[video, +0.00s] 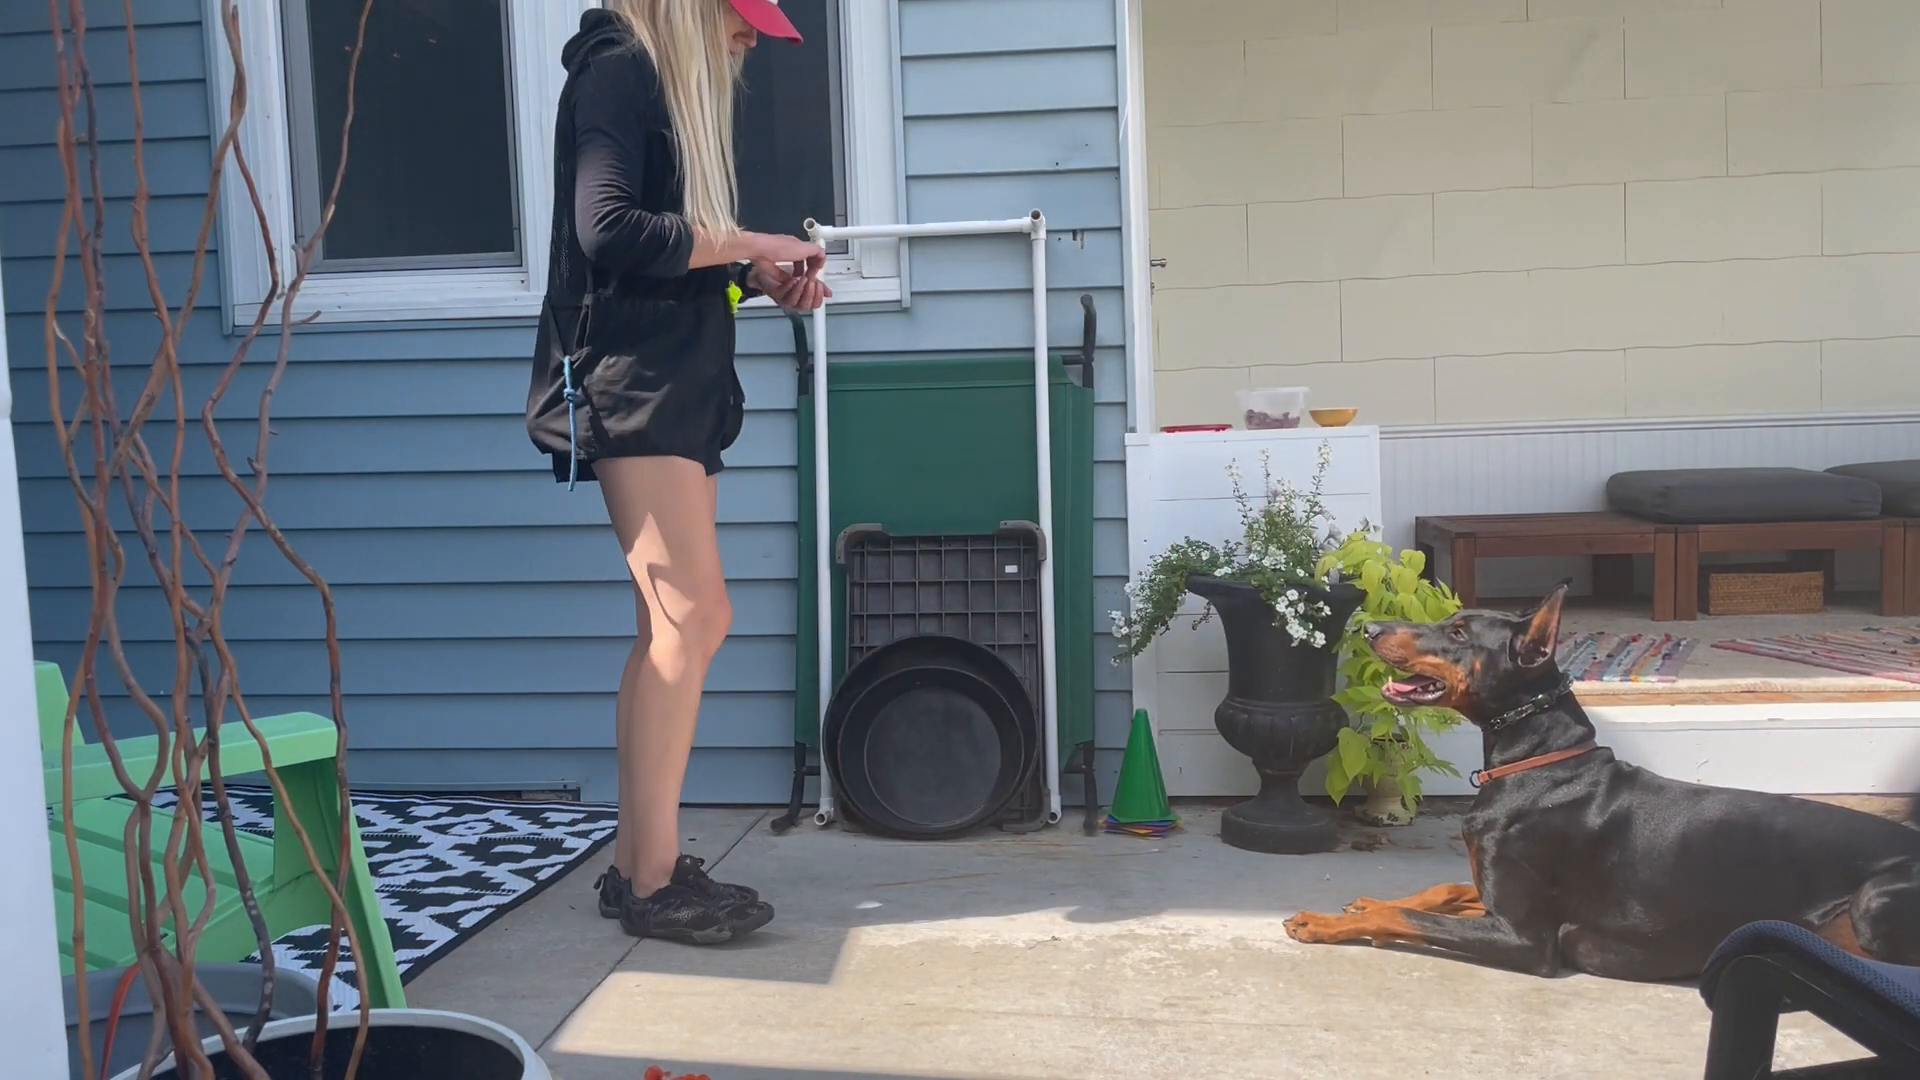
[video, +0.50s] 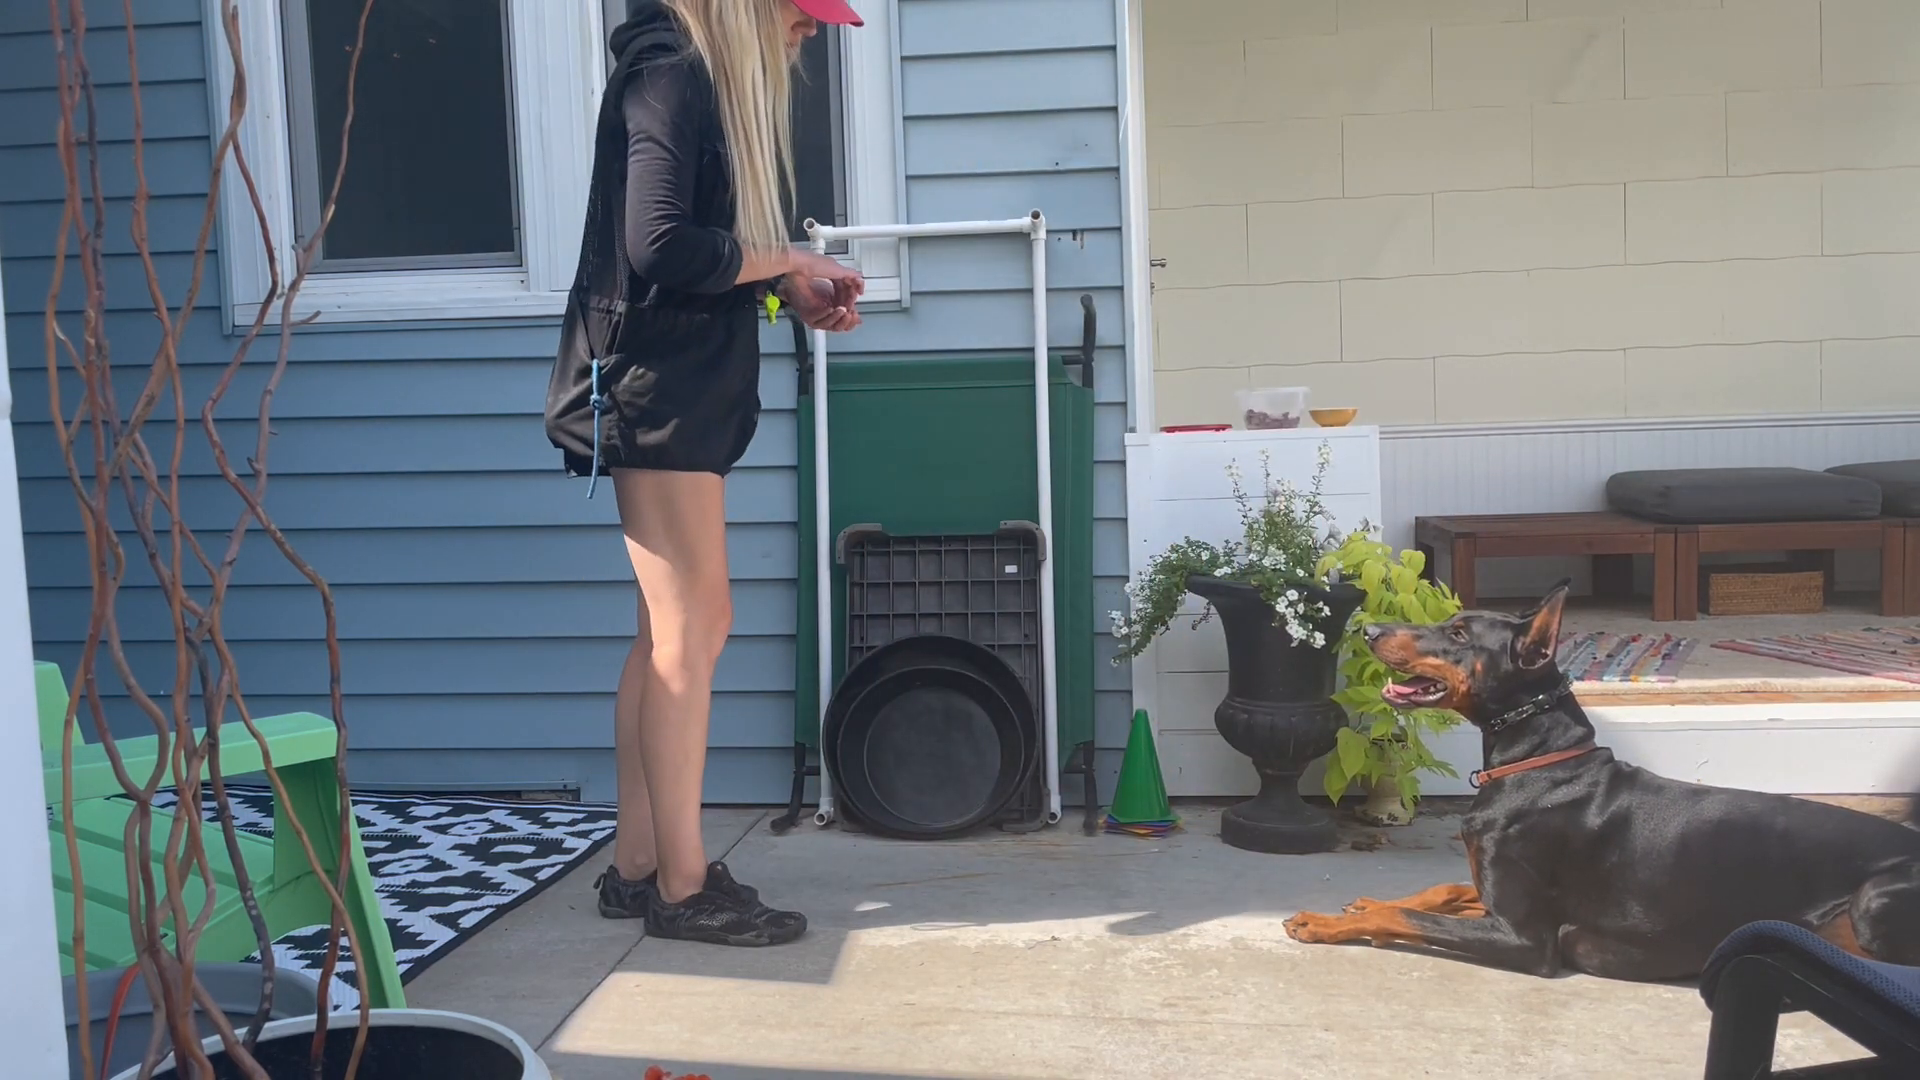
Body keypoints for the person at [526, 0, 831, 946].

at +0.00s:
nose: (745, 43)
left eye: (749, 31)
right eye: (740, 26)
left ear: (700, 14)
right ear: (693, 8)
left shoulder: (672, 77)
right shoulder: (620, 68)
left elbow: (667, 240)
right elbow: (605, 232)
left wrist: (756, 274)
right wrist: (741, 245)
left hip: (666, 376)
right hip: (633, 375)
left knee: (671, 621)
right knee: (694, 615)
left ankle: (638, 861)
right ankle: (653, 879)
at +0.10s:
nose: (752, 41)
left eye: (756, 29)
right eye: (748, 23)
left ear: (700, 6)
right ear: (704, 5)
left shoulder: (672, 73)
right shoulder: (630, 66)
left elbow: (664, 239)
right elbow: (613, 234)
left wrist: (757, 275)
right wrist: (750, 256)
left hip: (669, 370)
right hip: (634, 371)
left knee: (670, 621)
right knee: (693, 616)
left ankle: (636, 865)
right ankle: (681, 884)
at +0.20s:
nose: (766, 41)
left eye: (770, 30)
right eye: (761, 25)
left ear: (713, 7)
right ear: (717, 7)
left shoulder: (684, 71)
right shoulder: (645, 66)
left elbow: (678, 233)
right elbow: (620, 235)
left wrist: (764, 276)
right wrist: (753, 261)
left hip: (666, 370)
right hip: (643, 372)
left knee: (668, 623)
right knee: (692, 618)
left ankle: (637, 864)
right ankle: (683, 886)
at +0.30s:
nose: (776, 44)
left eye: (780, 31)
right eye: (771, 26)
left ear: (716, 7)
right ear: (726, 10)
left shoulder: (685, 75)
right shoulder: (653, 73)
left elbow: (681, 237)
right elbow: (630, 243)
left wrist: (768, 277)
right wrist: (758, 260)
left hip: (663, 375)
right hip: (647, 378)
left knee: (668, 625)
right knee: (692, 622)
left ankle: (637, 864)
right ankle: (683, 886)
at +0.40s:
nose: (790, 40)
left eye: (794, 27)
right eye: (784, 22)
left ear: (720, 4)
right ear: (737, 7)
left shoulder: (693, 70)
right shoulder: (664, 72)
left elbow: (692, 240)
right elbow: (643, 246)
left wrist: (778, 277)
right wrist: (768, 262)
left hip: (665, 374)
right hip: (655, 378)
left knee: (668, 627)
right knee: (695, 625)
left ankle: (638, 862)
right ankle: (683, 886)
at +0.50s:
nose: (807, 34)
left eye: (811, 22)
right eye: (801, 17)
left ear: (747, 6)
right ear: (751, 5)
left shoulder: (712, 67)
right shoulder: (672, 67)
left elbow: (716, 231)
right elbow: (658, 249)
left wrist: (793, 277)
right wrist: (778, 264)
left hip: (674, 372)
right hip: (657, 376)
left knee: (670, 628)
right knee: (696, 626)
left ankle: (639, 863)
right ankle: (684, 886)